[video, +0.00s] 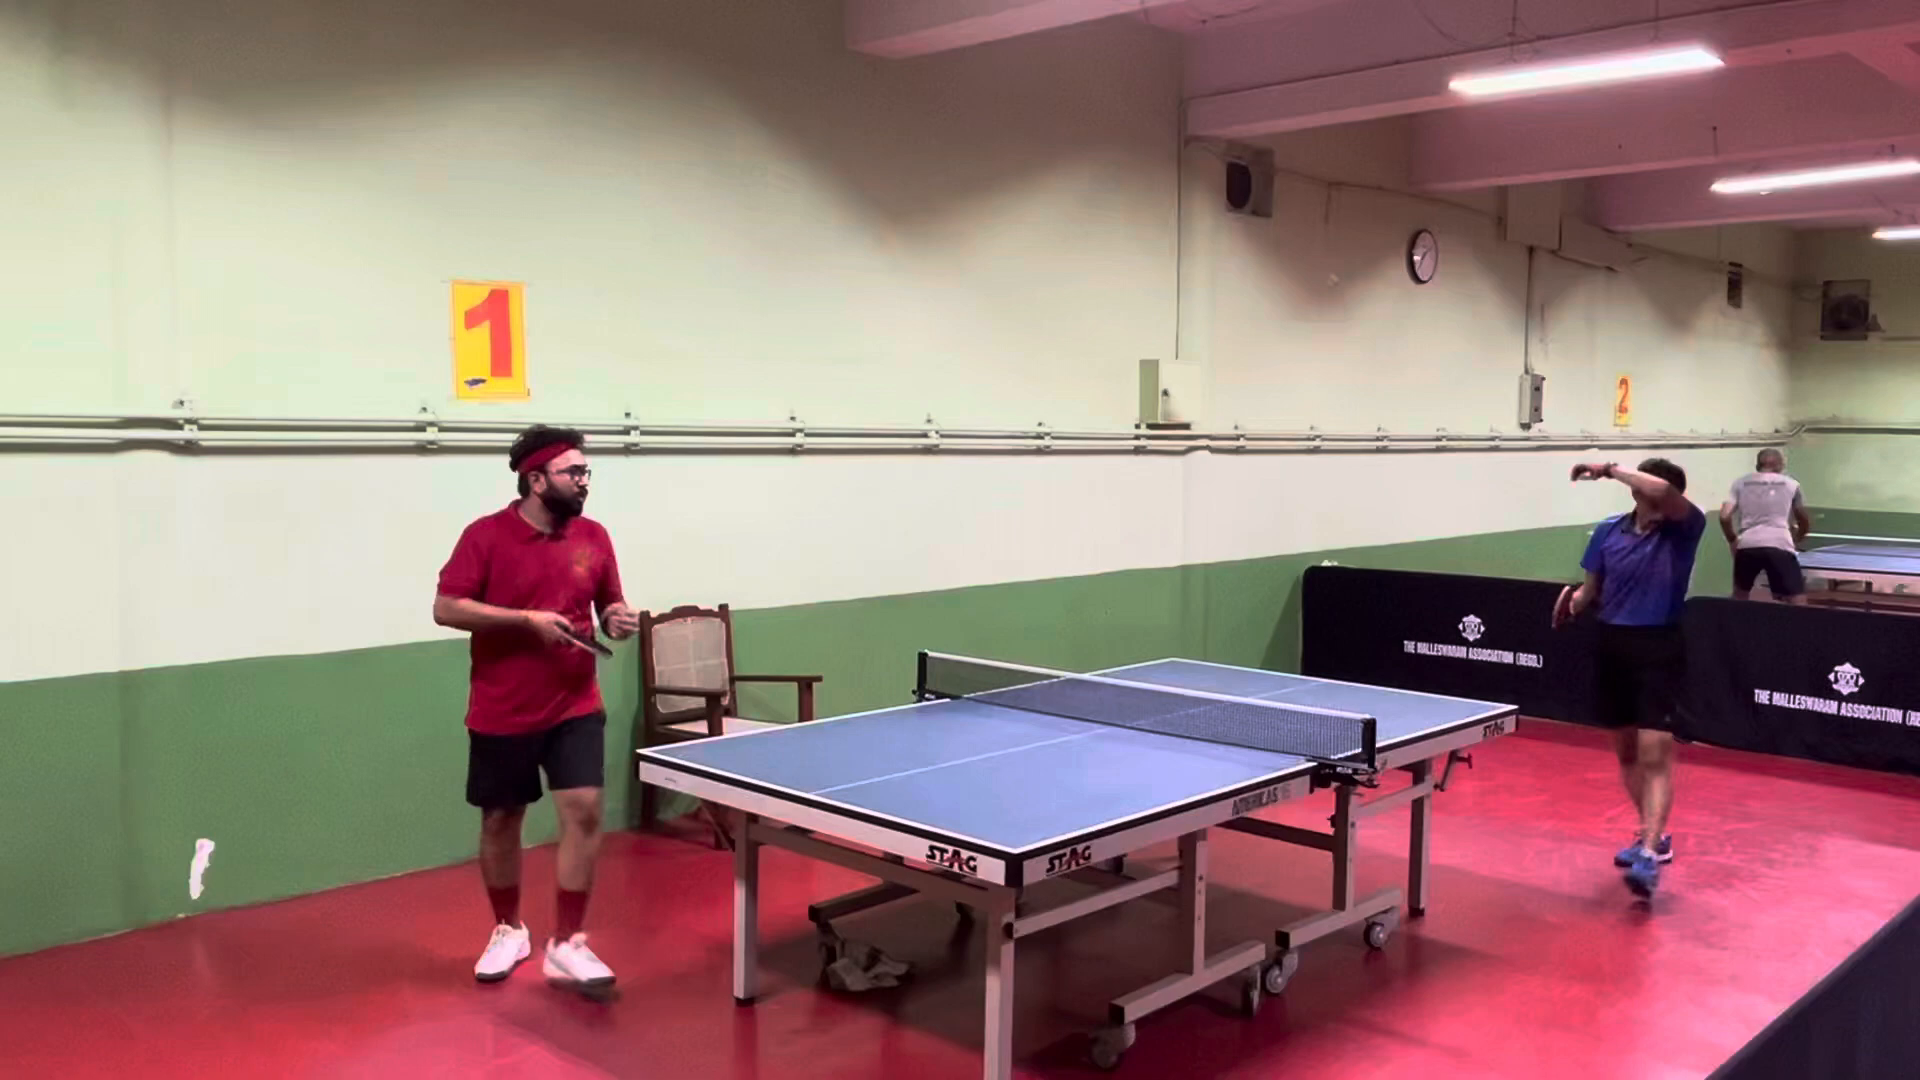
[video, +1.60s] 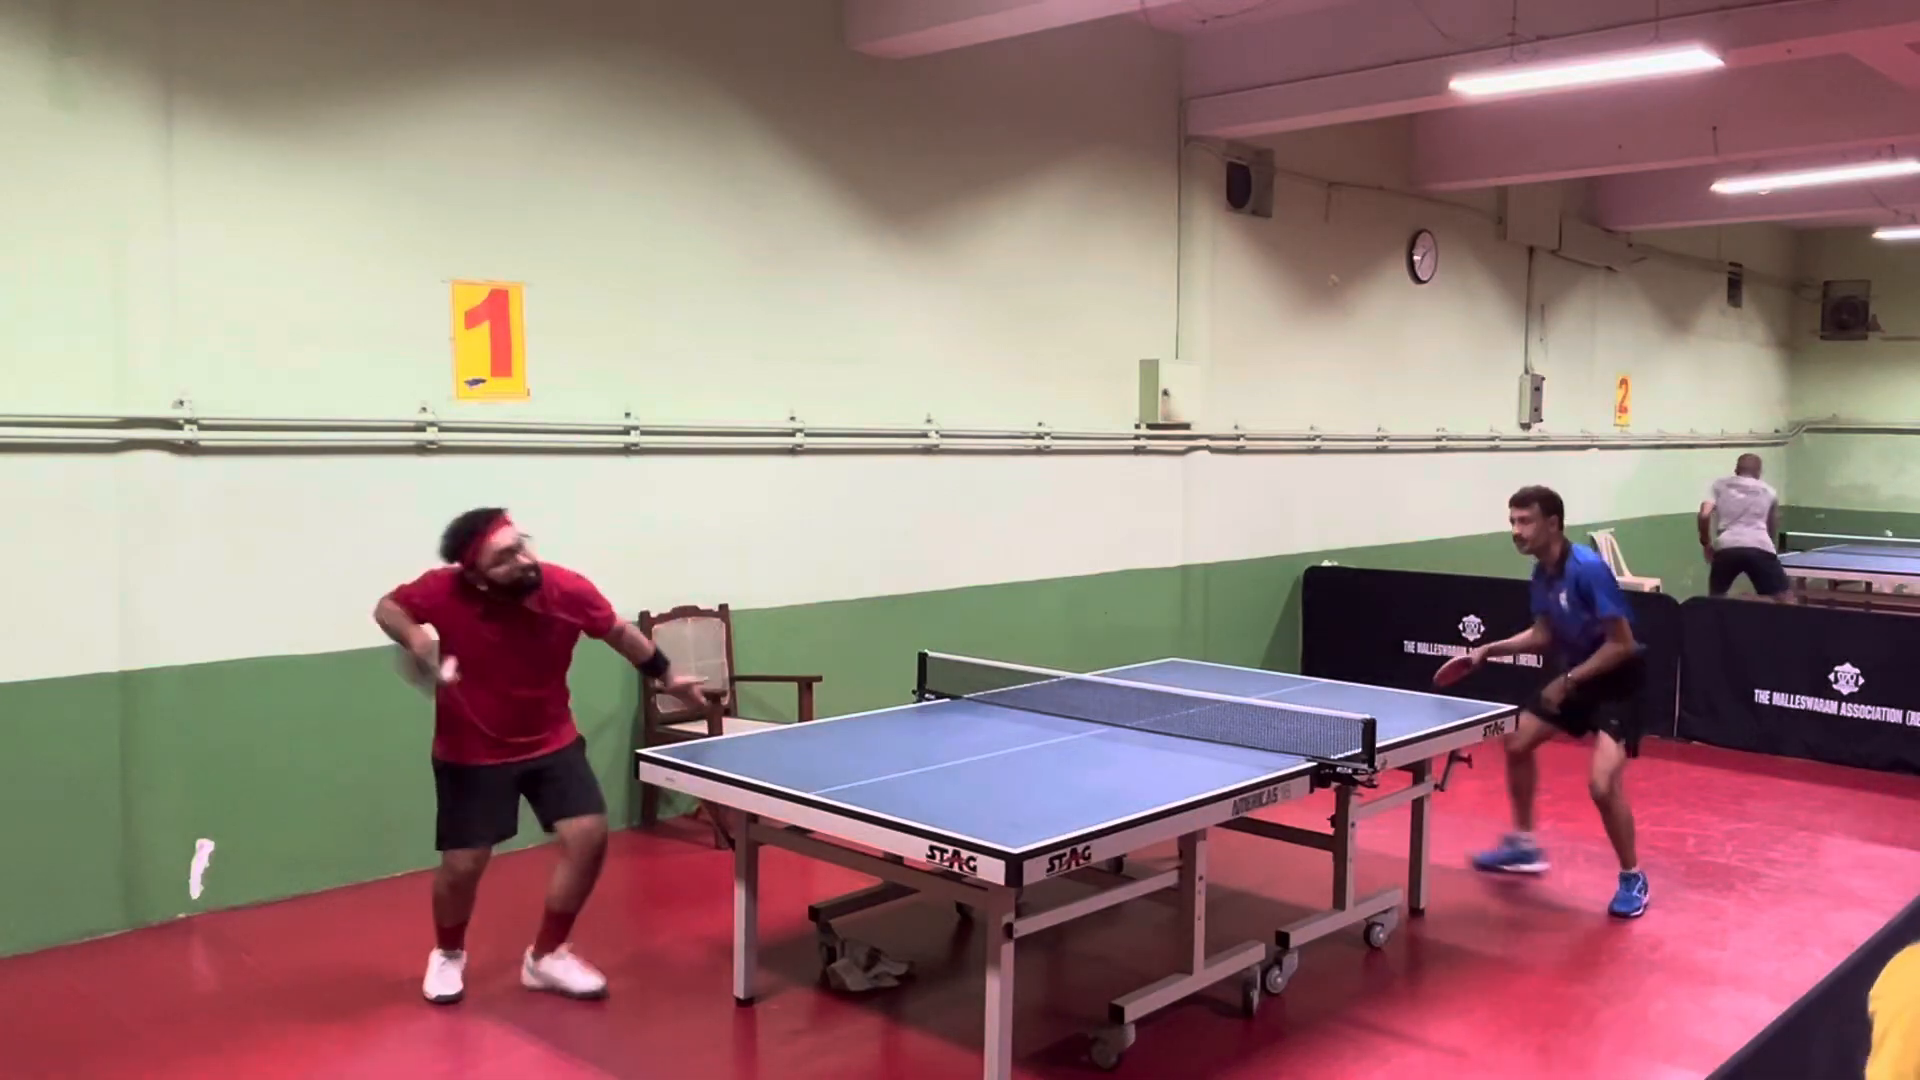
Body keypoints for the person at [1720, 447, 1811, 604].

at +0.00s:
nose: (1782, 468)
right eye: (1781, 465)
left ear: (1757, 466)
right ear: (1781, 466)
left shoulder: (1741, 483)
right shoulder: (1791, 485)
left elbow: (1724, 517)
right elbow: (1804, 522)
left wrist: (1733, 542)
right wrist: (1794, 541)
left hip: (1748, 547)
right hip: (1780, 546)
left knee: (1739, 599)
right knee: (1798, 604)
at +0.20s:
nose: (1793, 469)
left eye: (1791, 465)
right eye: (1792, 466)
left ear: (1768, 466)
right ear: (1789, 466)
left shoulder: (1749, 485)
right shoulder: (1801, 487)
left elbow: (1733, 518)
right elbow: (1815, 524)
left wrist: (1740, 540)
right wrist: (1816, 541)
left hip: (1751, 549)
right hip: (1784, 550)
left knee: (1743, 600)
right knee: (1797, 607)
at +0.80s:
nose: (1787, 472)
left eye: (1787, 468)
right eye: (1787, 468)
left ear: (1762, 465)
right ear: (1784, 468)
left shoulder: (1737, 485)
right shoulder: (1787, 488)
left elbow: (1717, 516)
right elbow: (1809, 529)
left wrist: (1734, 531)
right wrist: (1814, 547)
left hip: (1732, 552)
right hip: (1765, 554)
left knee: (1719, 603)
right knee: (1782, 610)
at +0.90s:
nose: (1776, 478)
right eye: (1777, 475)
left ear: (1754, 469)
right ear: (1775, 473)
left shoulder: (1730, 487)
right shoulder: (1778, 489)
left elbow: (1710, 518)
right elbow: (1802, 530)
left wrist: (1728, 536)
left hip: (1726, 555)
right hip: (1759, 556)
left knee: (1720, 607)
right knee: (1779, 608)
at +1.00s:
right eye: (1763, 476)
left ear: (1741, 473)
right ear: (1763, 475)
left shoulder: (1719, 487)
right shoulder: (1769, 489)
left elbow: (1701, 519)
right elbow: (1788, 530)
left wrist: (1720, 535)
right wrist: (1779, 538)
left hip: (1721, 554)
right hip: (1753, 554)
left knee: (1717, 606)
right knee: (1770, 606)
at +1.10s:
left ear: (1729, 477)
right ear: (1751, 479)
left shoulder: (1711, 490)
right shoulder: (1761, 494)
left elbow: (1696, 520)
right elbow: (1772, 536)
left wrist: (1712, 535)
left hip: (1716, 553)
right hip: (1749, 552)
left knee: (1712, 602)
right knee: (1764, 603)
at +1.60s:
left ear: (1736, 471)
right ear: (1759, 473)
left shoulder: (1720, 485)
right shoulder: (1769, 492)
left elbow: (1704, 515)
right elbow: (1771, 529)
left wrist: (1706, 545)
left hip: (1727, 549)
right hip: (1760, 549)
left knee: (1715, 600)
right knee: (1784, 601)